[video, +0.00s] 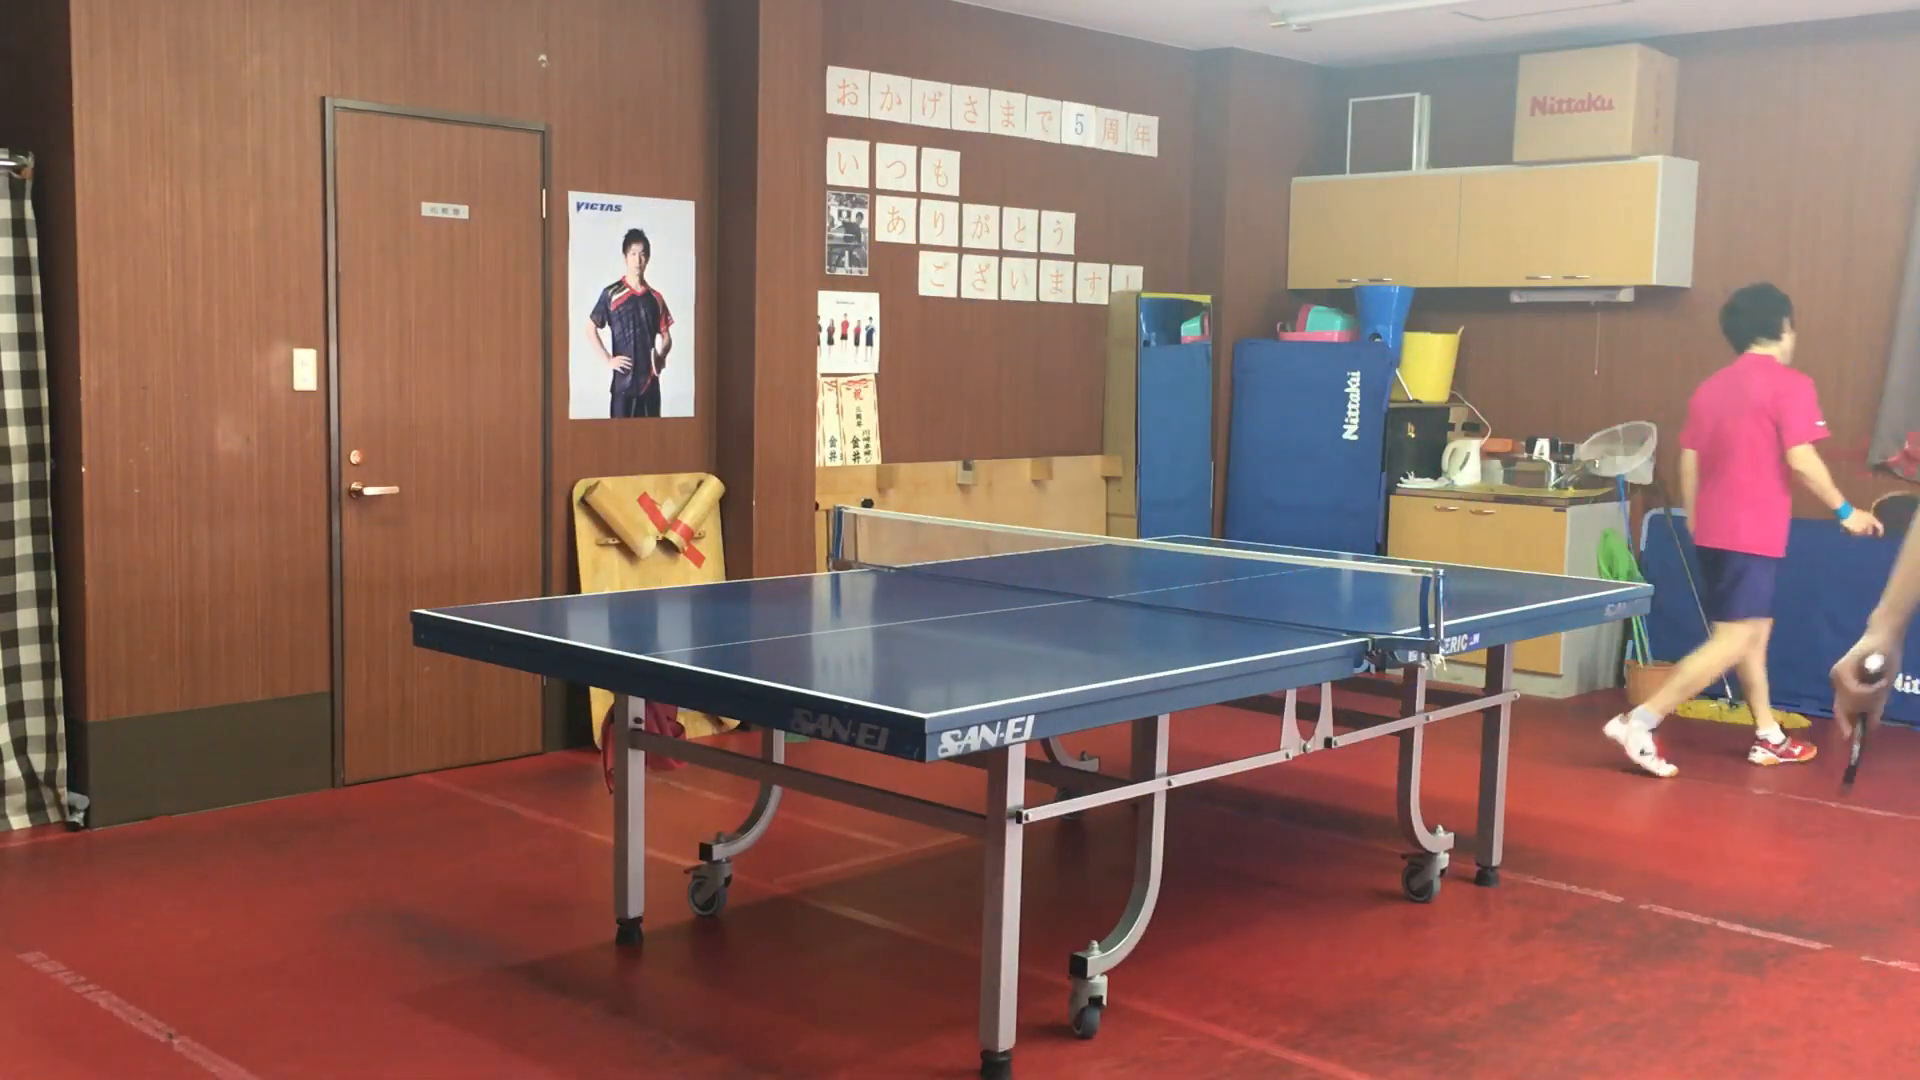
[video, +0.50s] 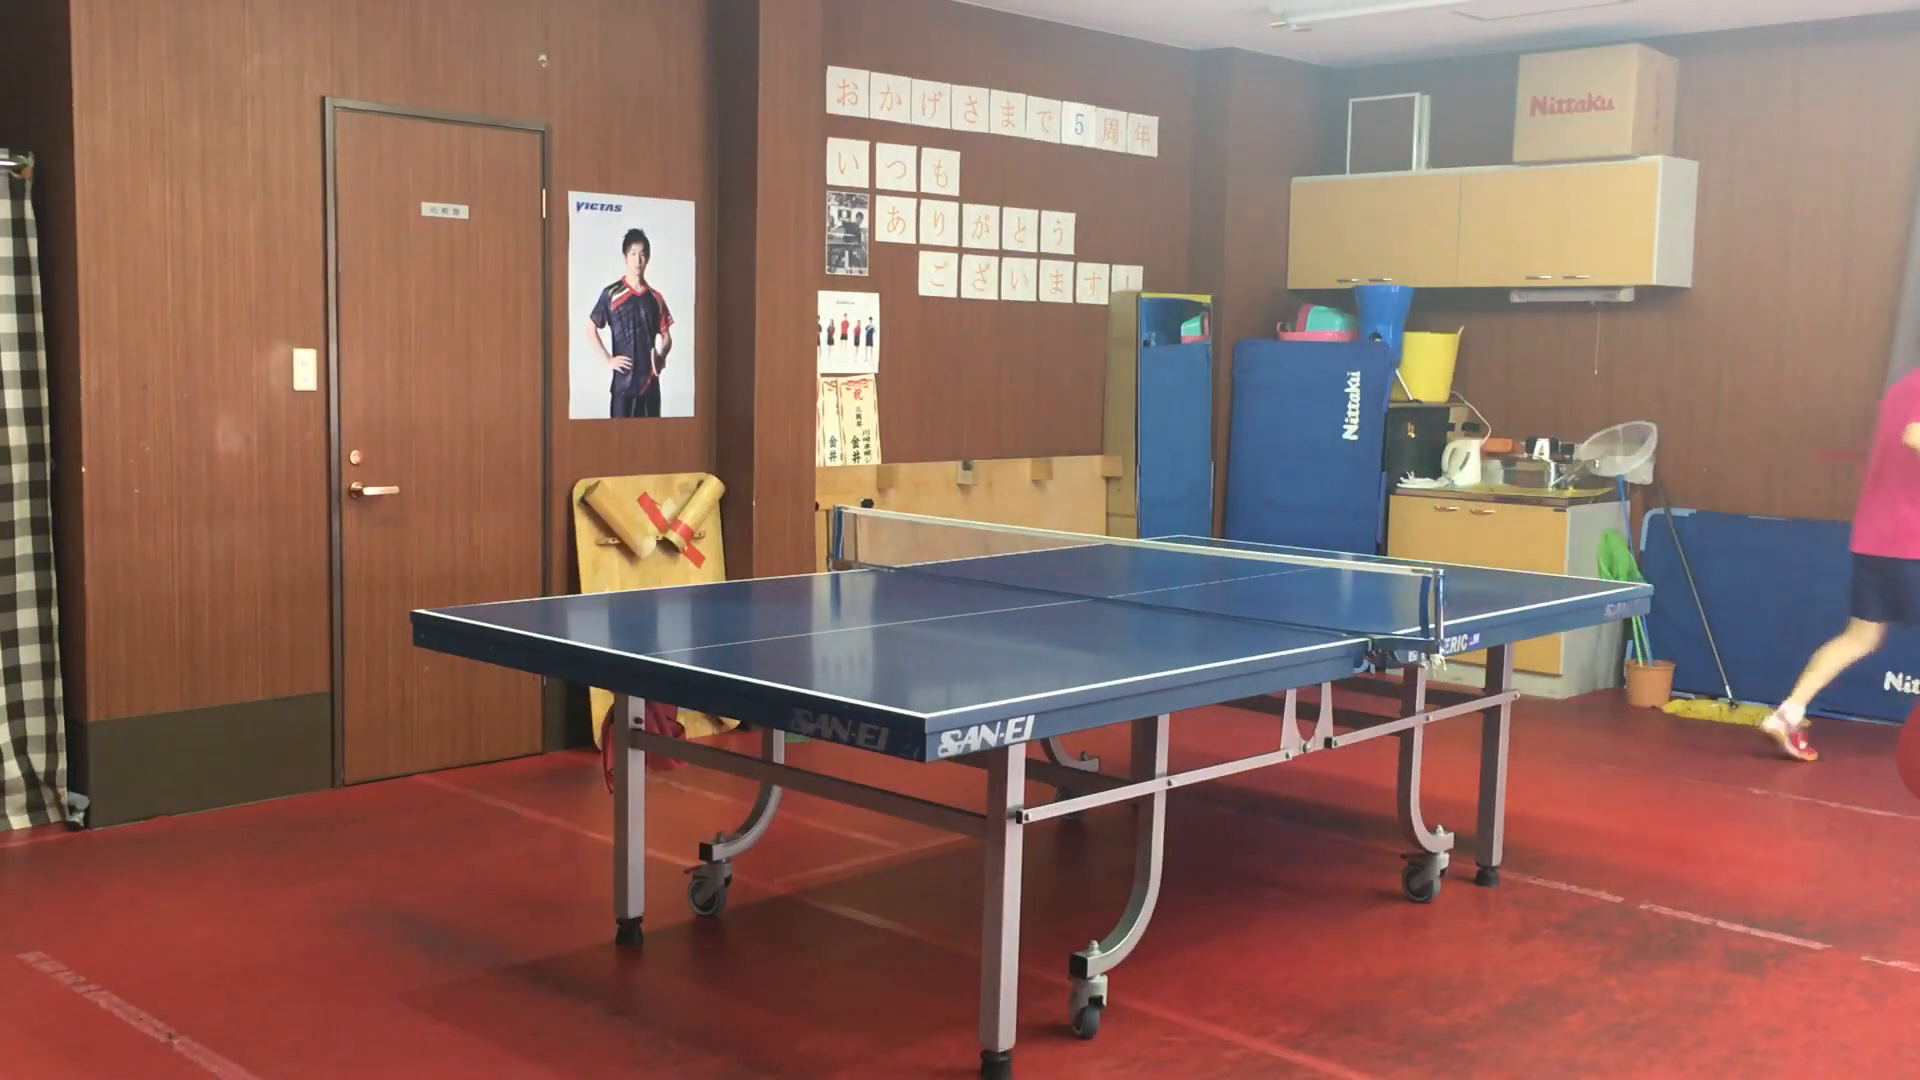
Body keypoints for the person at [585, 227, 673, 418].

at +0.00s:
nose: (638, 259)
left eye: (643, 254)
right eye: (633, 254)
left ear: (648, 258)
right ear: (625, 257)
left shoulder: (655, 297)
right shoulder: (611, 294)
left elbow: (665, 336)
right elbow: (591, 328)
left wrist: (661, 356)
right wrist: (608, 359)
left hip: (650, 378)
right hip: (624, 379)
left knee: (650, 436)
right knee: (622, 436)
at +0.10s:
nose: (638, 259)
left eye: (642, 254)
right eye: (633, 254)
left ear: (648, 258)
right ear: (625, 257)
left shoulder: (655, 297)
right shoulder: (611, 294)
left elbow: (665, 336)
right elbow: (591, 328)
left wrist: (661, 356)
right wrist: (608, 359)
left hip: (650, 378)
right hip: (624, 379)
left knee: (649, 436)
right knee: (622, 436)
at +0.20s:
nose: (638, 259)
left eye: (642, 254)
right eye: (633, 254)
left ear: (648, 258)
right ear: (625, 257)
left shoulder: (655, 297)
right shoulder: (611, 294)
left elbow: (665, 336)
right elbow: (591, 328)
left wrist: (661, 356)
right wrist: (608, 359)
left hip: (650, 378)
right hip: (624, 379)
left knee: (650, 436)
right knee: (622, 436)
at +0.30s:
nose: (638, 259)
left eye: (642, 254)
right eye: (633, 254)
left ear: (648, 258)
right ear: (625, 257)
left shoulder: (655, 297)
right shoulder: (611, 294)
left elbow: (665, 336)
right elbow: (591, 328)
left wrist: (661, 355)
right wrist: (608, 359)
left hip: (650, 378)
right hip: (624, 379)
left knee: (650, 436)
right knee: (622, 436)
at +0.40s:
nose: (638, 259)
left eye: (642, 254)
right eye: (633, 254)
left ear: (648, 258)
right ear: (625, 257)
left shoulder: (655, 297)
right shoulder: (611, 294)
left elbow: (665, 336)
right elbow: (591, 328)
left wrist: (661, 356)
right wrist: (608, 359)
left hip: (650, 378)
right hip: (624, 379)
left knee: (650, 436)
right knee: (622, 436)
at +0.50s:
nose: (638, 259)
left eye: (642, 254)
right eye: (633, 254)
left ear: (648, 258)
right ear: (625, 257)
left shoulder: (655, 297)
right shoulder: (611, 294)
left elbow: (665, 336)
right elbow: (591, 328)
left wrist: (661, 356)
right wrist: (608, 359)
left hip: (650, 378)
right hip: (624, 379)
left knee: (650, 436)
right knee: (622, 436)